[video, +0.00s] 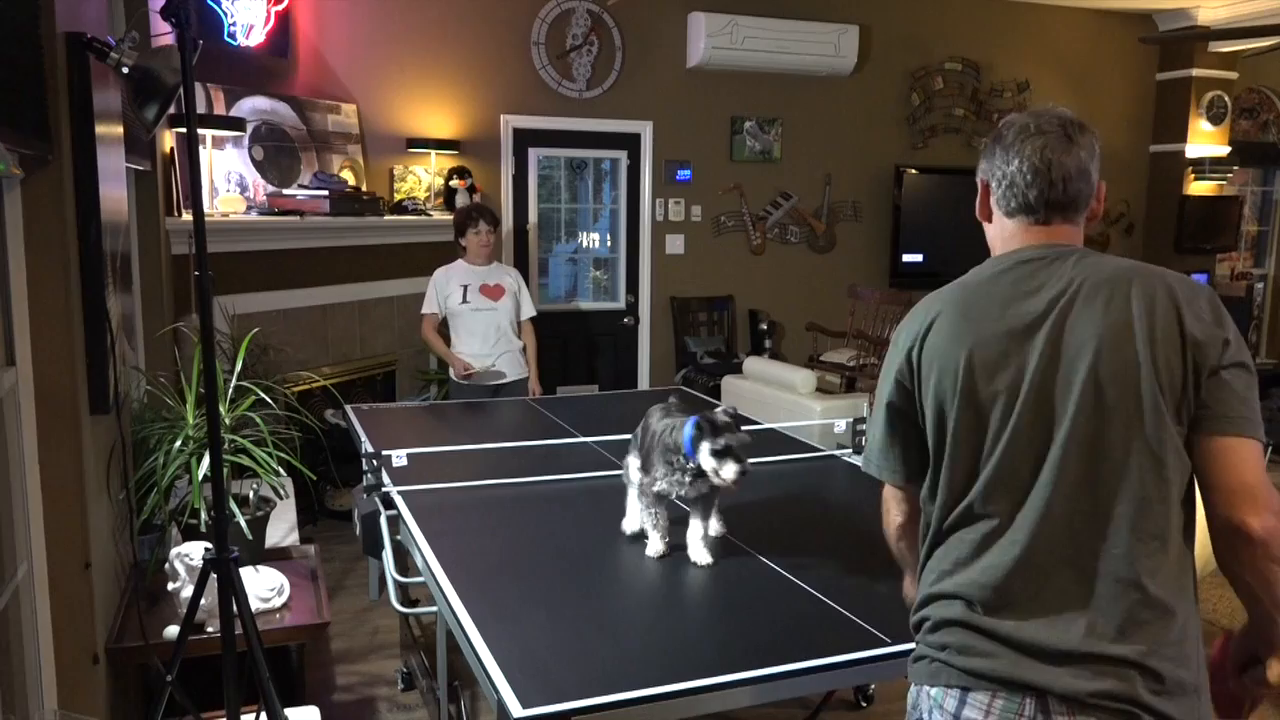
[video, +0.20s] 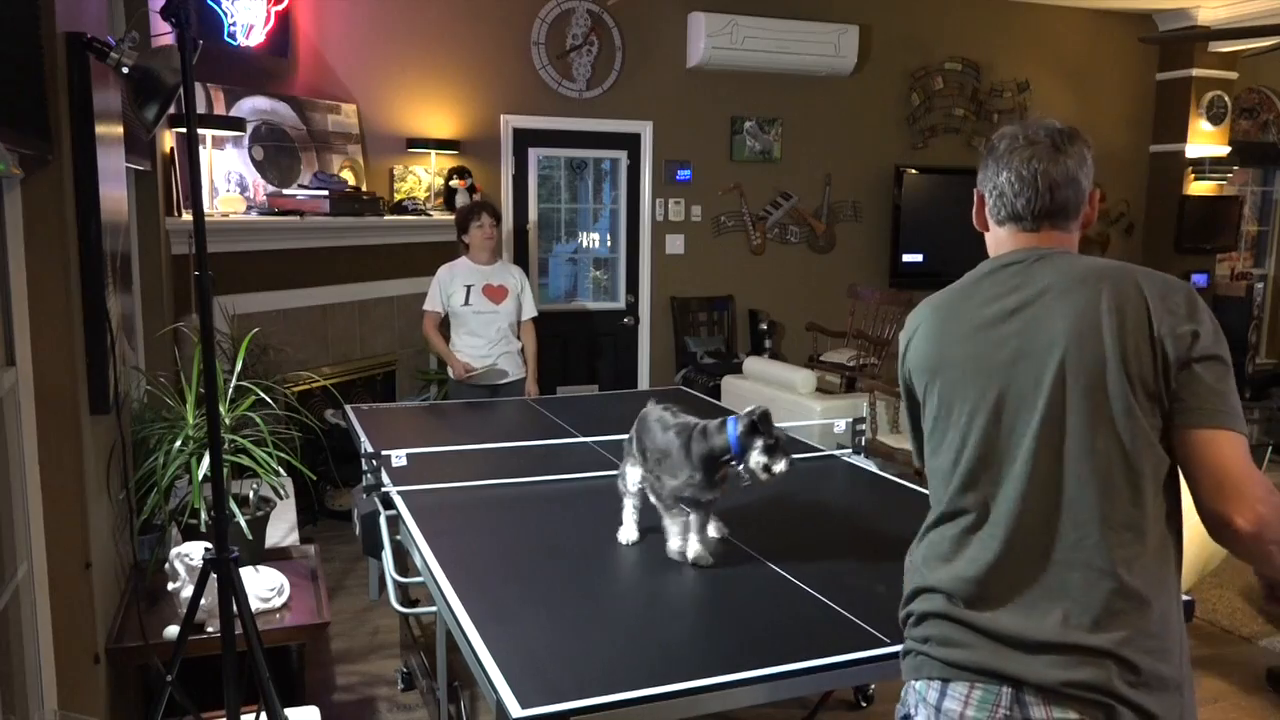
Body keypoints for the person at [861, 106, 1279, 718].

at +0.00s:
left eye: (980, 199)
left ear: (984, 202)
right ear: (1098, 204)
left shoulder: (930, 321)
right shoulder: (1187, 308)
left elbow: (901, 518)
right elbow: (1247, 521)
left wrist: (919, 579)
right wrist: (1260, 635)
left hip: (964, 686)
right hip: (1144, 691)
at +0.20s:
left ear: (979, 211)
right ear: (1092, 210)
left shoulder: (925, 326)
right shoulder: (1164, 305)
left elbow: (940, 479)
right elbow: (1241, 515)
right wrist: (1274, 570)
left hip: (950, 685)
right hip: (1118, 692)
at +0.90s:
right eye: (1155, 260)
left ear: (1041, 263)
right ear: (1149, 272)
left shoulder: (965, 340)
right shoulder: (1203, 378)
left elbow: (852, 472)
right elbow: (1201, 556)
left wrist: (833, 588)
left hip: (952, 690)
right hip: (1125, 700)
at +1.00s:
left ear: (1046, 256)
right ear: (1155, 269)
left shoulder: (975, 340)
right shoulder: (1206, 376)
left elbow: (875, 476)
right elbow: (1173, 510)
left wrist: (840, 600)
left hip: (983, 689)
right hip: (1163, 698)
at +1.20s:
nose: (1068, 242)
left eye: (1072, 224)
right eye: (1071, 224)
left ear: (1089, 227)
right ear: (1193, 251)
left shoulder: (1035, 333)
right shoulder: (1245, 358)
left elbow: (964, 512)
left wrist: (890, 602)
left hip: (1080, 688)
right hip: (1243, 683)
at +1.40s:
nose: (1103, 231)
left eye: (1108, 212)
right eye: (1104, 211)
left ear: (1142, 216)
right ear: (1238, 229)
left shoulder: (1121, 345)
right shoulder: (1271, 330)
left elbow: (1110, 565)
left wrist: (981, 643)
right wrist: (1077, 439)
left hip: (1162, 696)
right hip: (1266, 685)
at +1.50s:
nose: (1110, 231)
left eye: (1117, 212)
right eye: (1113, 212)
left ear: (1156, 216)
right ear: (1245, 222)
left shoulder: (1147, 352)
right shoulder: (1269, 324)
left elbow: (1158, 589)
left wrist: (1032, 665)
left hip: (1196, 700)